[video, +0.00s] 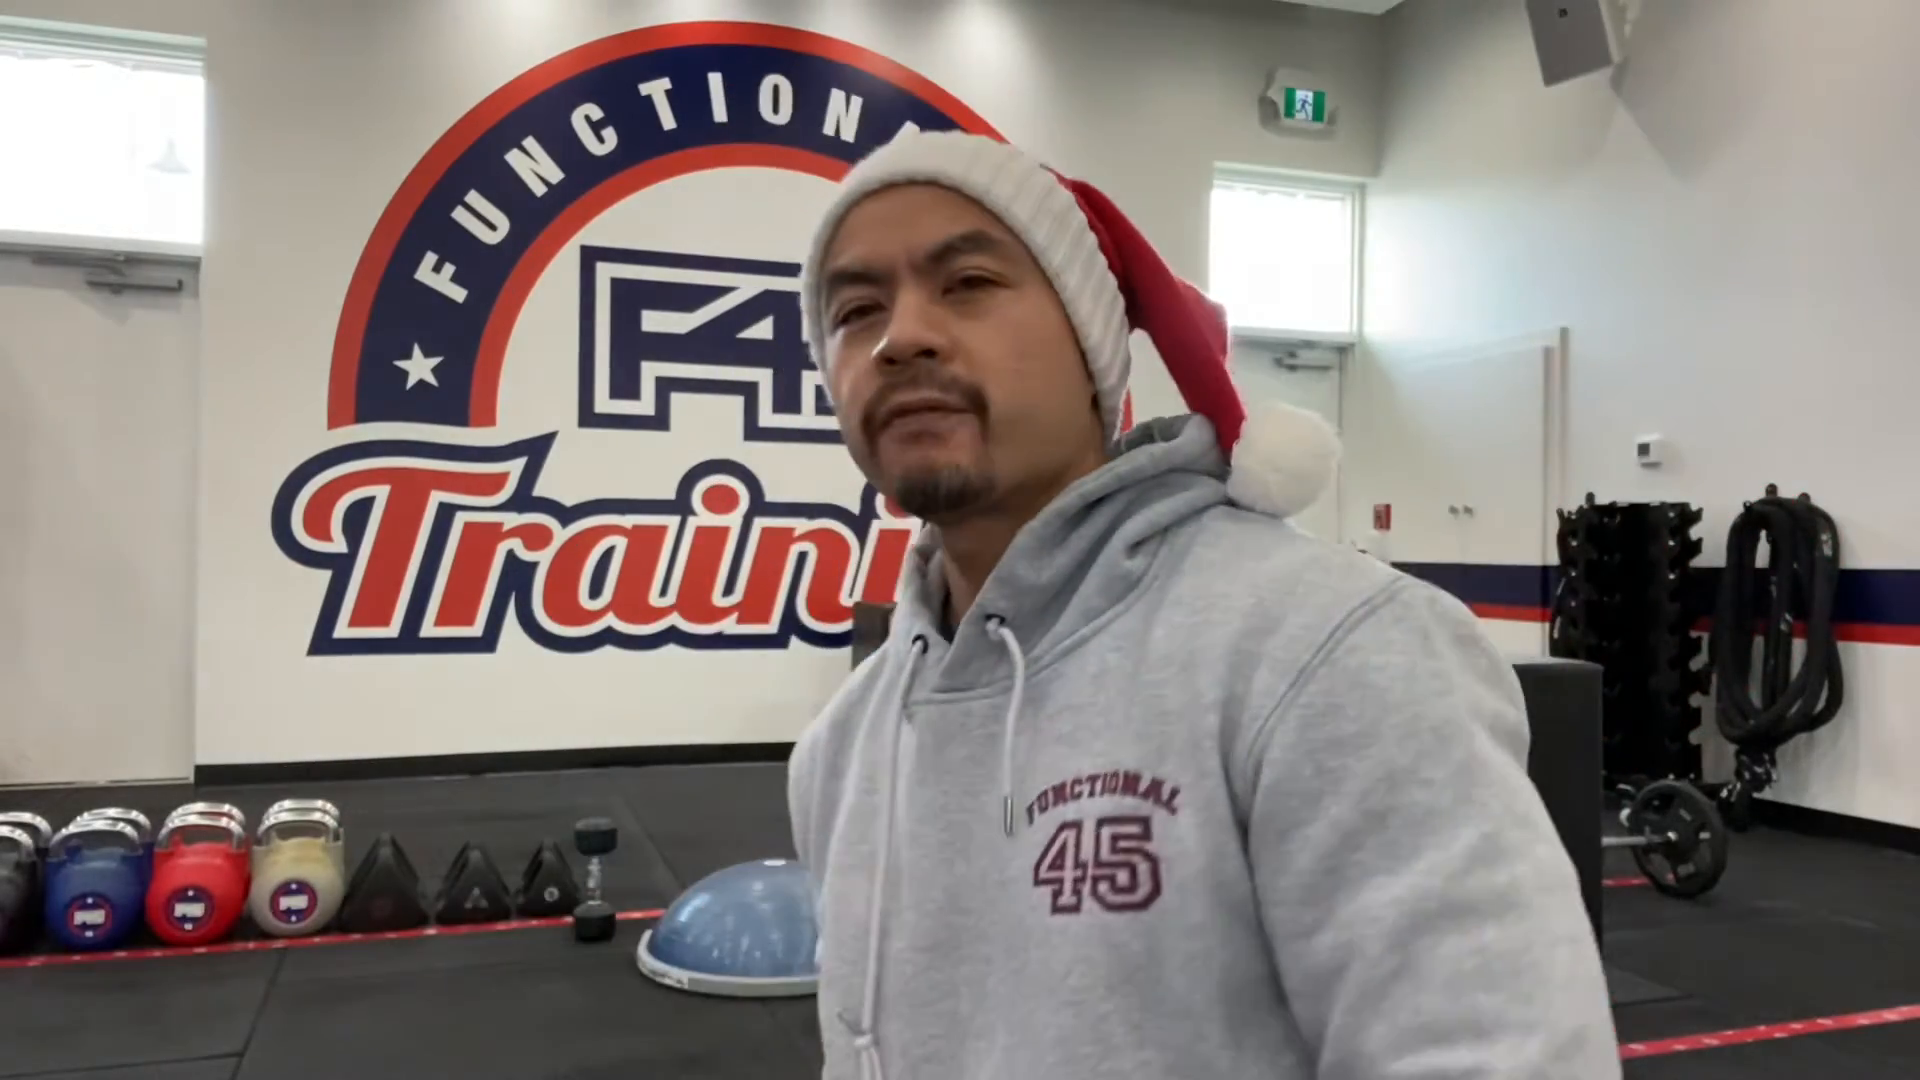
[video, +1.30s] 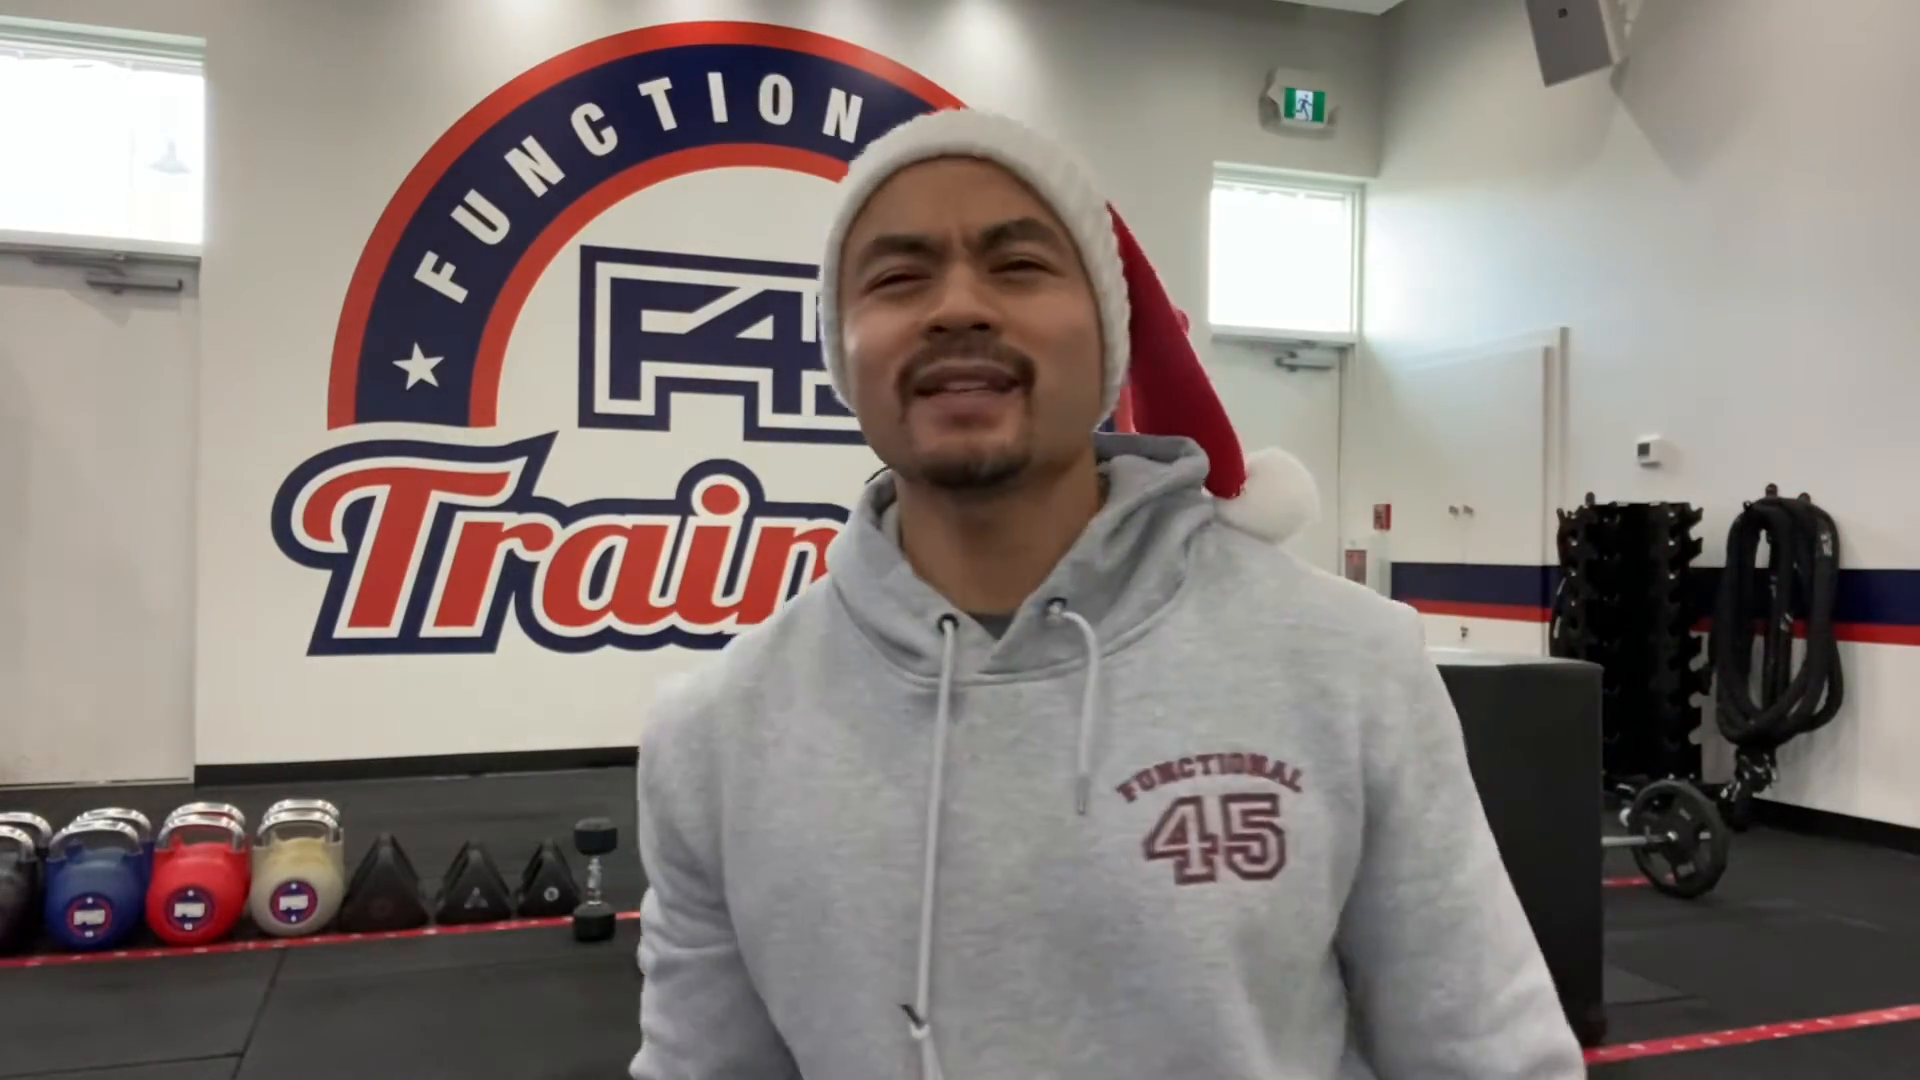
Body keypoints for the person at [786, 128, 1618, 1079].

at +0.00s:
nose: (902, 338)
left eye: (970, 283)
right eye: (860, 312)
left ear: (1105, 339)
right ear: (828, 383)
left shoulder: (1336, 644)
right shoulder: (839, 748)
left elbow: (1496, 1055)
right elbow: (865, 1057)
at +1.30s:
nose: (958, 308)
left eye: (1020, 264)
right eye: (899, 275)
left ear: (1111, 337)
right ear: (842, 352)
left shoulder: (1347, 665)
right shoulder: (711, 740)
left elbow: (1495, 1056)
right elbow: (695, 1069)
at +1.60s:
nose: (1083, 313)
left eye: (1128, 270)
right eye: (1010, 283)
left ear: (1190, 337)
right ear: (924, 374)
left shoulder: (1376, 658)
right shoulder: (771, 752)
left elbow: (1498, 1035)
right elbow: (725, 1064)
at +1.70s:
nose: (1164, 326)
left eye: (1197, 289)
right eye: (1091, 292)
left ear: (1244, 348)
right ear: (993, 379)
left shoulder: (1374, 664)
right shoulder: (836, 732)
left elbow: (1488, 1000)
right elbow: (778, 1071)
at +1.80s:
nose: (1296, 378)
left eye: (1319, 347)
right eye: (1233, 328)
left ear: (1338, 391)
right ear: (1099, 368)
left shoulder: (1369, 679)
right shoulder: (915, 697)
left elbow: (1474, 940)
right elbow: (823, 1053)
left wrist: (1500, 1040)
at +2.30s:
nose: (1192, 382)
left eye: (1221, 338)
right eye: (1130, 359)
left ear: (1277, 375)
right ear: (1065, 427)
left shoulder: (1426, 655)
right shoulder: (946, 690)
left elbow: (1519, 910)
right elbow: (892, 1020)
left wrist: (1438, 1019)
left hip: (1363, 1076)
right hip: (1067, 1064)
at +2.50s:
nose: (1017, 398)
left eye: (1061, 352)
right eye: (974, 378)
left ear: (1155, 385)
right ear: (950, 437)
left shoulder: (1364, 655)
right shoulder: (869, 697)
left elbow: (1496, 920)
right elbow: (836, 1012)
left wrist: (1344, 1030)